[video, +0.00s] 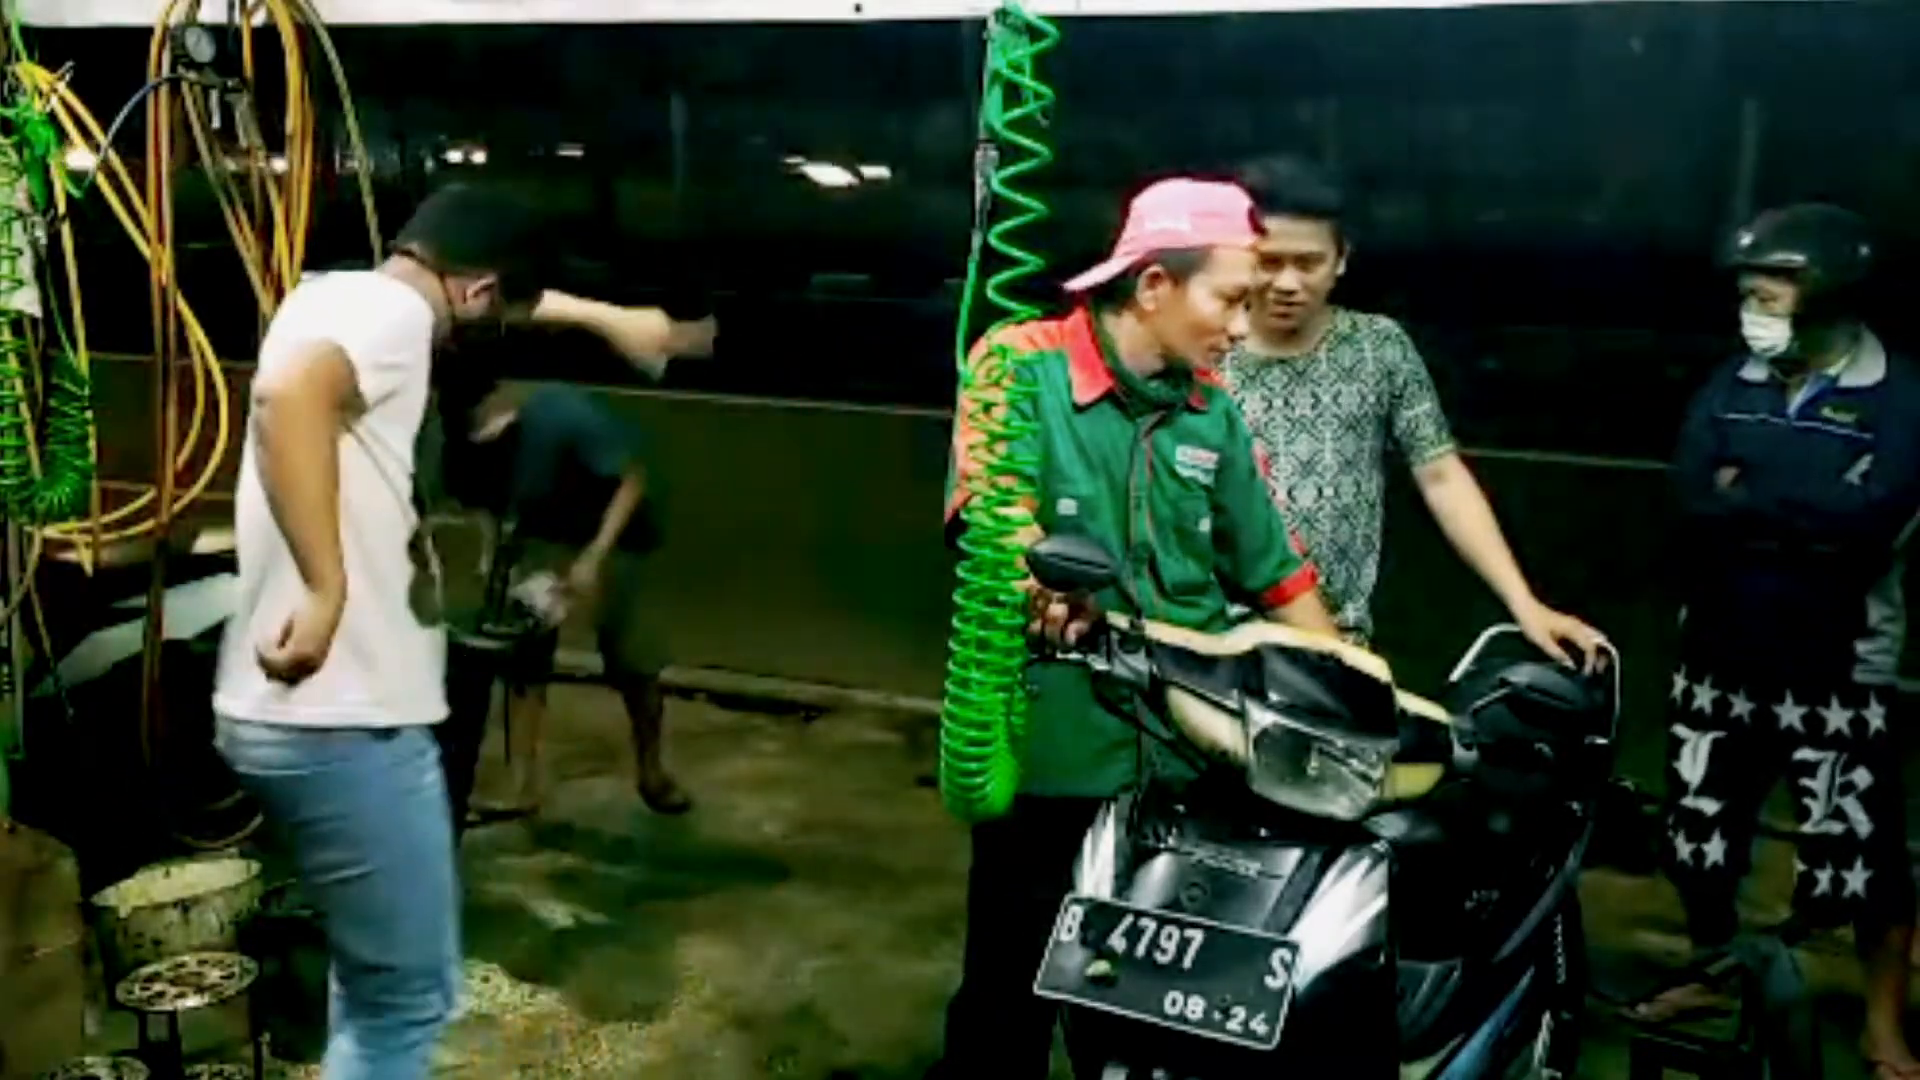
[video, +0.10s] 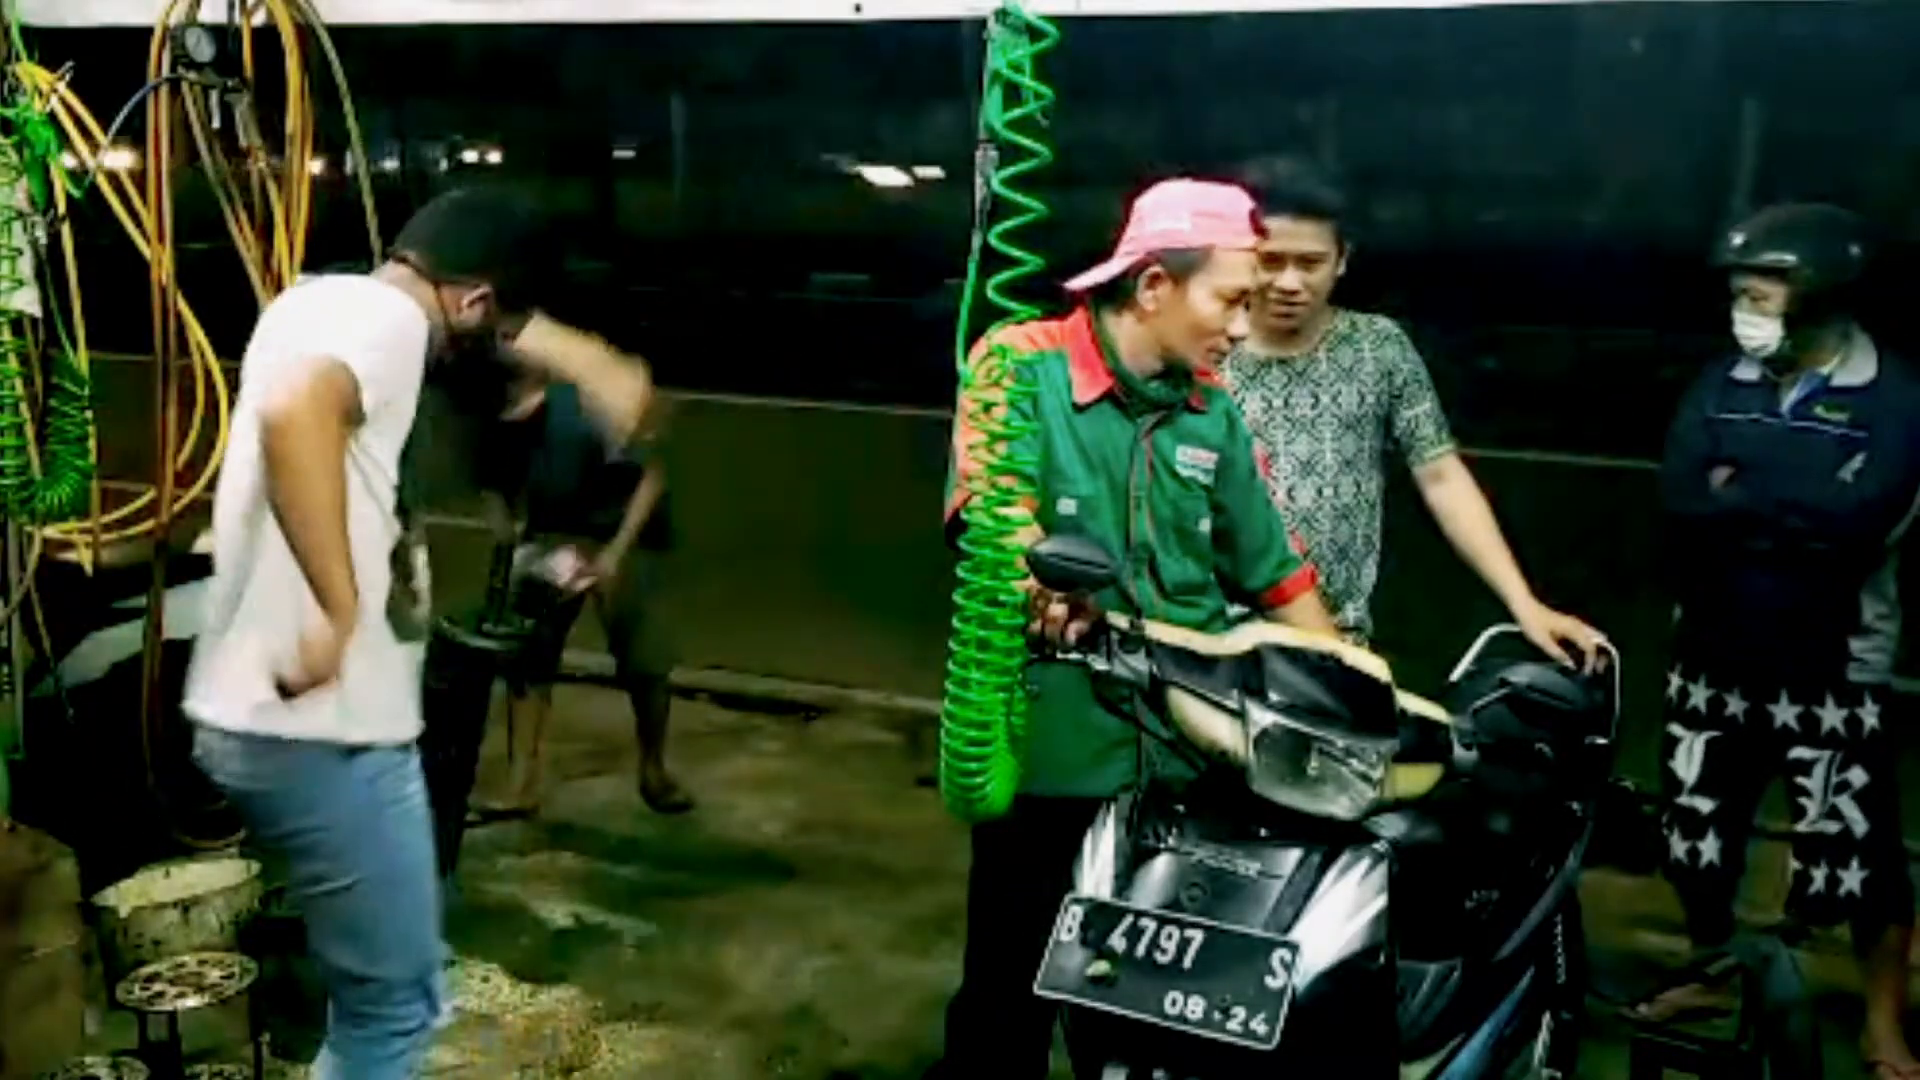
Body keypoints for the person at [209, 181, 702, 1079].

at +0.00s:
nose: (489, 311)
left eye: (498, 296)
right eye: (500, 293)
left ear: (415, 244)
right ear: (475, 281)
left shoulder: (345, 298)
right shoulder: (388, 306)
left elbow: (482, 282)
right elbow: (291, 395)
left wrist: (603, 316)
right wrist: (325, 588)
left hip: (325, 724)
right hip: (344, 728)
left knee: (376, 996)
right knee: (406, 1004)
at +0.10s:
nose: (494, 328)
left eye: (508, 311)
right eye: (502, 310)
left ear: (420, 252)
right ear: (474, 293)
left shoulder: (315, 305)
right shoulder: (382, 314)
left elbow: (485, 316)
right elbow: (298, 412)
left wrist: (583, 360)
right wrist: (338, 611)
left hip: (291, 731)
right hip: (328, 741)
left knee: (385, 994)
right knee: (391, 1013)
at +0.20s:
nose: (463, 357)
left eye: (471, 345)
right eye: (472, 344)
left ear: (385, 278)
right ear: (456, 333)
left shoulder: (262, 337)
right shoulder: (384, 384)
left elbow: (398, 459)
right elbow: (335, 570)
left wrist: (513, 516)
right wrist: (412, 719)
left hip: (211, 747)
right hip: (305, 775)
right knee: (404, 1025)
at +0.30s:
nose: (447, 387)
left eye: (453, 371)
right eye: (454, 374)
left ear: (350, 305)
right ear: (433, 369)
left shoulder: (187, 395)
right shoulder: (375, 456)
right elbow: (398, 666)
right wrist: (513, 695)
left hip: (187, 783)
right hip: (310, 806)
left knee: (343, 961)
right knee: (424, 1038)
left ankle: (276, 1070)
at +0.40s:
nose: (406, 371)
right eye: (412, 361)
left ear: (309, 284)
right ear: (401, 354)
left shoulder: (147, 370)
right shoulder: (383, 425)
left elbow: (37, 547)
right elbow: (490, 610)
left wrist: (20, 666)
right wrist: (538, 538)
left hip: (164, 787)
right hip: (306, 807)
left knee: (281, 981)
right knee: (396, 1026)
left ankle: (207, 1067)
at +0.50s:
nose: (388, 341)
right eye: (393, 327)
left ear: (279, 258)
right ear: (375, 318)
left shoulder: (121, 338)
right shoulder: (380, 381)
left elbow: (9, 446)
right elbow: (537, 519)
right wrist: (528, 425)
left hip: (143, 767)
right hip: (291, 788)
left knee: (204, 1008)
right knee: (352, 1030)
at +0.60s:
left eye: (228, 225)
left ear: (233, 240)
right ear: (335, 282)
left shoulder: (92, 310)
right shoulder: (359, 344)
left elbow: (1, 326)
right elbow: (560, 383)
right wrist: (449, 347)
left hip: (102, 784)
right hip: (267, 795)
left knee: (123, 1031)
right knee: (314, 1037)